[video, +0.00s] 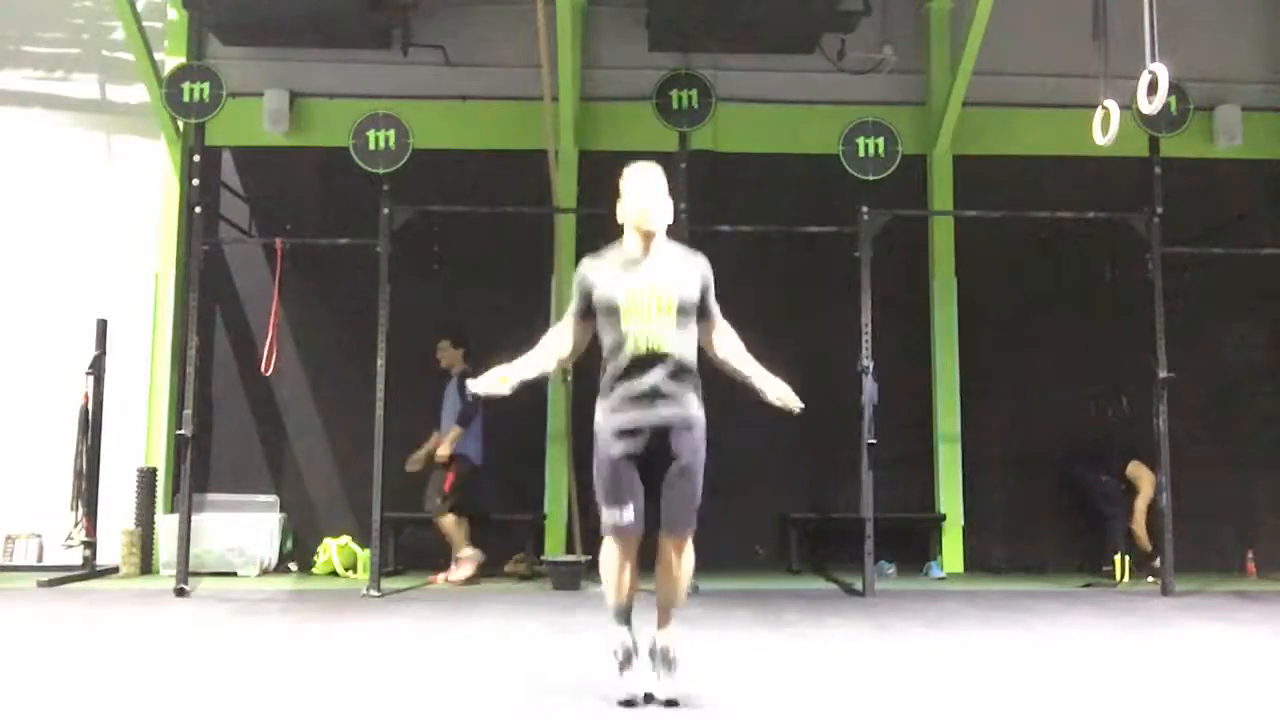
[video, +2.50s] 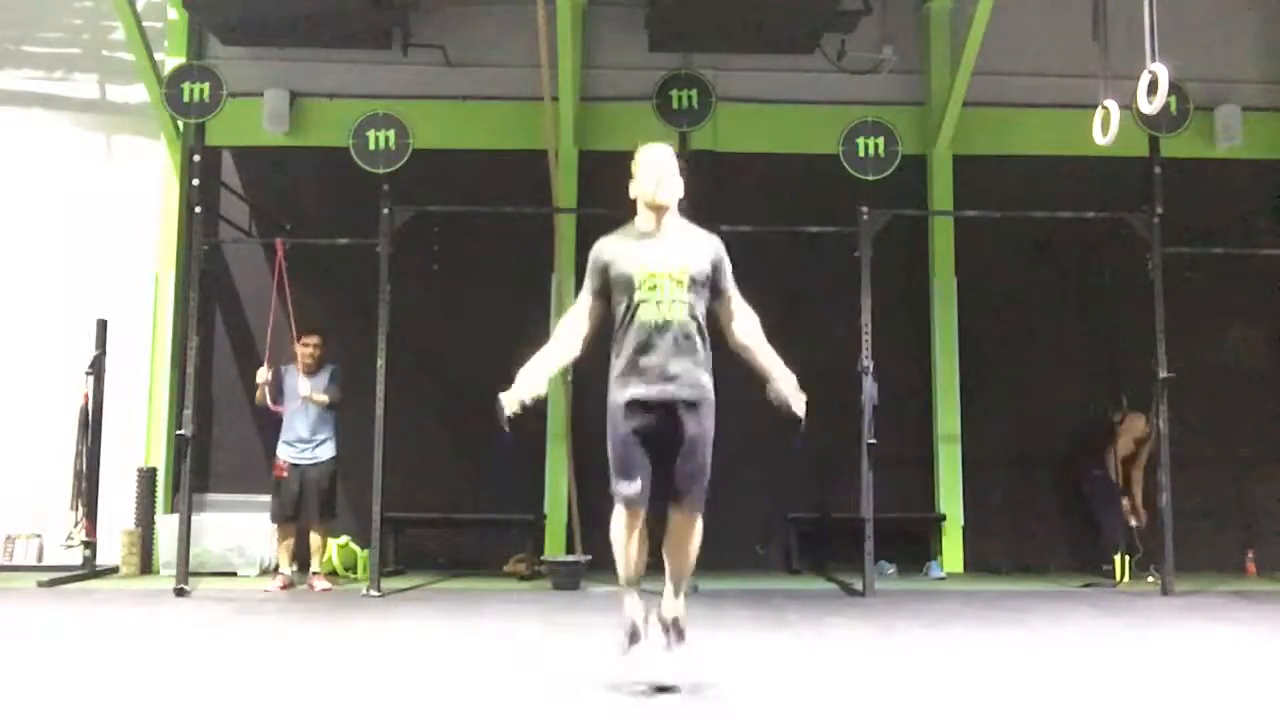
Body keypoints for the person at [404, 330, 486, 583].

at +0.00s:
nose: (438, 355)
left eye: (443, 350)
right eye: (438, 350)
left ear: (459, 351)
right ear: (449, 353)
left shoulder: (467, 378)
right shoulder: (452, 383)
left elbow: (468, 412)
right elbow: (444, 426)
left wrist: (448, 442)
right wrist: (424, 451)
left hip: (464, 452)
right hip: (453, 452)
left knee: (437, 502)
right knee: (454, 506)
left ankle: (465, 552)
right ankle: (459, 562)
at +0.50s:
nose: (392, 354)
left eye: (398, 349)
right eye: (393, 349)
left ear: (414, 355)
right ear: (395, 355)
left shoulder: (416, 383)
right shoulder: (400, 385)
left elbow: (409, 425)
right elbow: (392, 425)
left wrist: (380, 443)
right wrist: (364, 430)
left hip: (409, 459)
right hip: (401, 459)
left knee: (390, 516)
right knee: (423, 513)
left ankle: (369, 572)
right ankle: (452, 561)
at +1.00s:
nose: (352, 344)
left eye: (359, 340)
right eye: (351, 340)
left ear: (373, 350)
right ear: (350, 349)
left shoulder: (373, 376)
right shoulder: (351, 382)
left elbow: (343, 385)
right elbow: (347, 422)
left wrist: (299, 370)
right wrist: (320, 412)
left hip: (361, 456)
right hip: (340, 455)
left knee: (362, 516)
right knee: (319, 507)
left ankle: (367, 571)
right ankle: (318, 567)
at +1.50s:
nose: (308, 350)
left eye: (314, 345)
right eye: (304, 345)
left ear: (322, 350)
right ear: (295, 348)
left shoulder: (327, 375)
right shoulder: (286, 374)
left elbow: (336, 381)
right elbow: (262, 386)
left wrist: (303, 354)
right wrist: (266, 363)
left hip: (321, 453)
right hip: (288, 455)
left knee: (330, 511)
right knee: (283, 514)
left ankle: (354, 566)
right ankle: (285, 572)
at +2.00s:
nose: (299, 351)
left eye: (303, 346)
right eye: (295, 345)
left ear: (308, 349)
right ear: (285, 346)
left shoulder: (316, 372)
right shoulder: (273, 373)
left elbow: (329, 375)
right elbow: (259, 373)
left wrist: (314, 356)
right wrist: (269, 349)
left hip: (314, 452)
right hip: (280, 452)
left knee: (315, 516)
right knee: (279, 517)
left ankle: (315, 572)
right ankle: (283, 572)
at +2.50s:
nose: (310, 351)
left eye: (315, 347)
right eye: (305, 345)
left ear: (322, 351)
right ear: (296, 348)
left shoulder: (330, 373)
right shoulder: (284, 373)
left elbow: (333, 398)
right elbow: (263, 403)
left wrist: (311, 396)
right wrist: (263, 385)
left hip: (320, 453)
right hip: (288, 452)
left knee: (318, 517)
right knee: (285, 516)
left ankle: (316, 572)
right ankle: (284, 572)